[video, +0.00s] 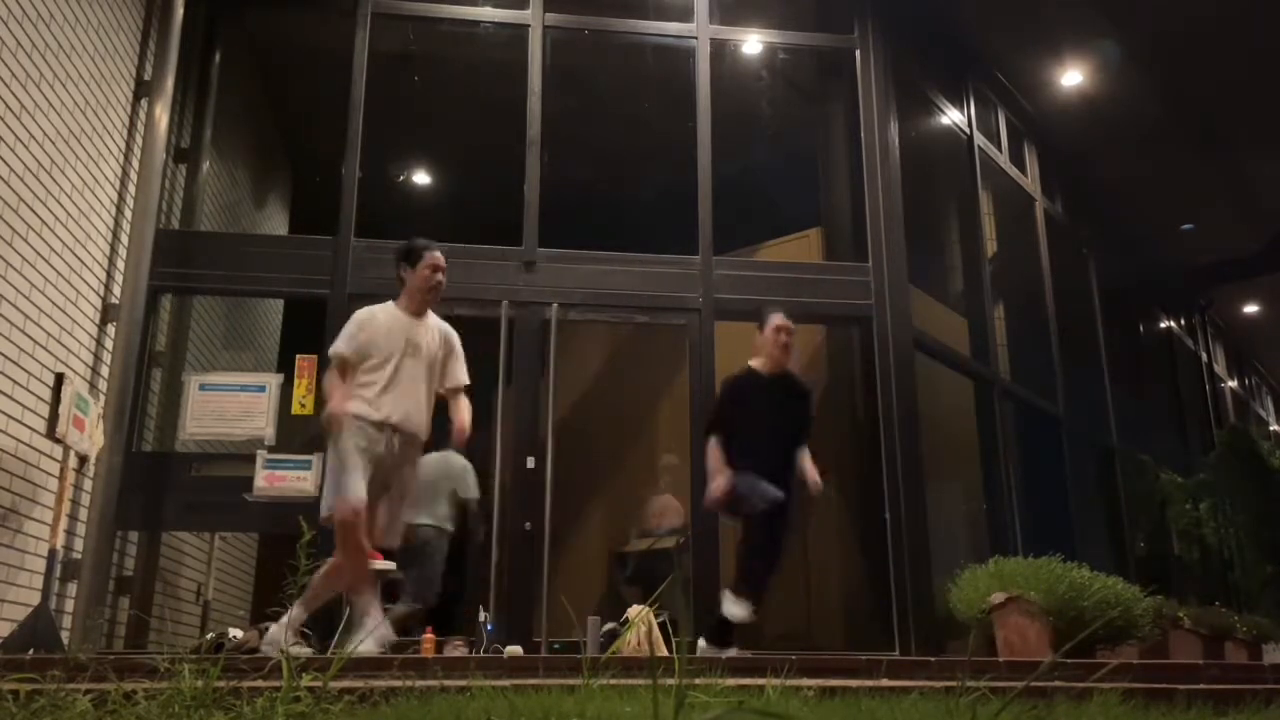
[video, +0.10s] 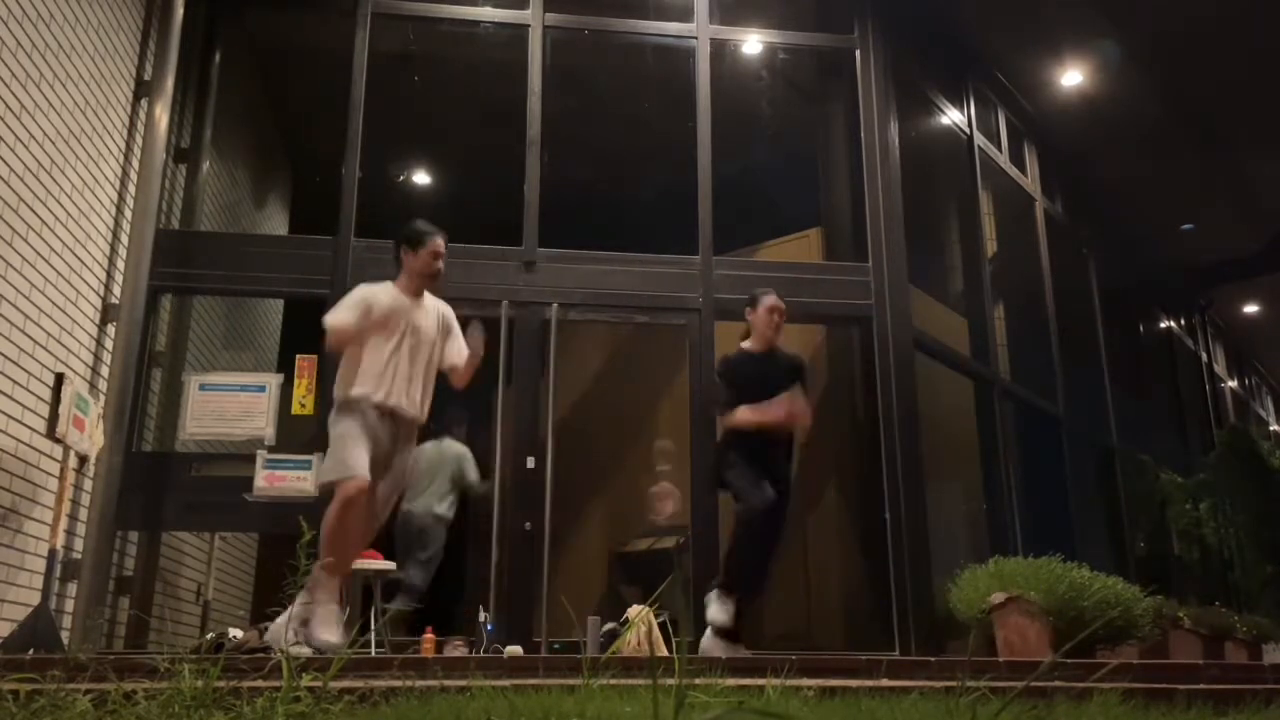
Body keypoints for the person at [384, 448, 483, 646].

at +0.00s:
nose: (466, 439)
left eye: (467, 433)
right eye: (465, 433)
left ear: (442, 434)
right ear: (459, 435)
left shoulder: (422, 461)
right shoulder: (461, 465)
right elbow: (471, 504)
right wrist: (476, 530)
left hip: (406, 526)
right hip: (435, 530)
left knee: (412, 591)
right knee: (426, 594)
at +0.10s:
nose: (465, 432)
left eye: (464, 429)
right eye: (463, 429)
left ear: (437, 428)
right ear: (458, 430)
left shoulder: (419, 449)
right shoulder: (460, 451)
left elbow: (406, 479)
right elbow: (473, 484)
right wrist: (492, 484)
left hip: (408, 510)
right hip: (436, 514)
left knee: (404, 561)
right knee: (423, 566)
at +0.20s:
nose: (467, 425)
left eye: (466, 421)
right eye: (465, 421)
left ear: (438, 419)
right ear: (458, 420)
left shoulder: (421, 442)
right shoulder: (458, 440)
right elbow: (478, 473)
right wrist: (498, 456)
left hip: (408, 507)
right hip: (434, 510)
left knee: (410, 575)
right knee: (439, 579)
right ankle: (390, 628)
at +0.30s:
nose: (469, 432)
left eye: (468, 427)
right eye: (466, 427)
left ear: (438, 425)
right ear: (458, 426)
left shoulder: (422, 447)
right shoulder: (453, 446)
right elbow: (477, 479)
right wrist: (500, 464)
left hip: (409, 524)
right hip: (434, 524)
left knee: (415, 581)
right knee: (464, 579)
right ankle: (419, 628)